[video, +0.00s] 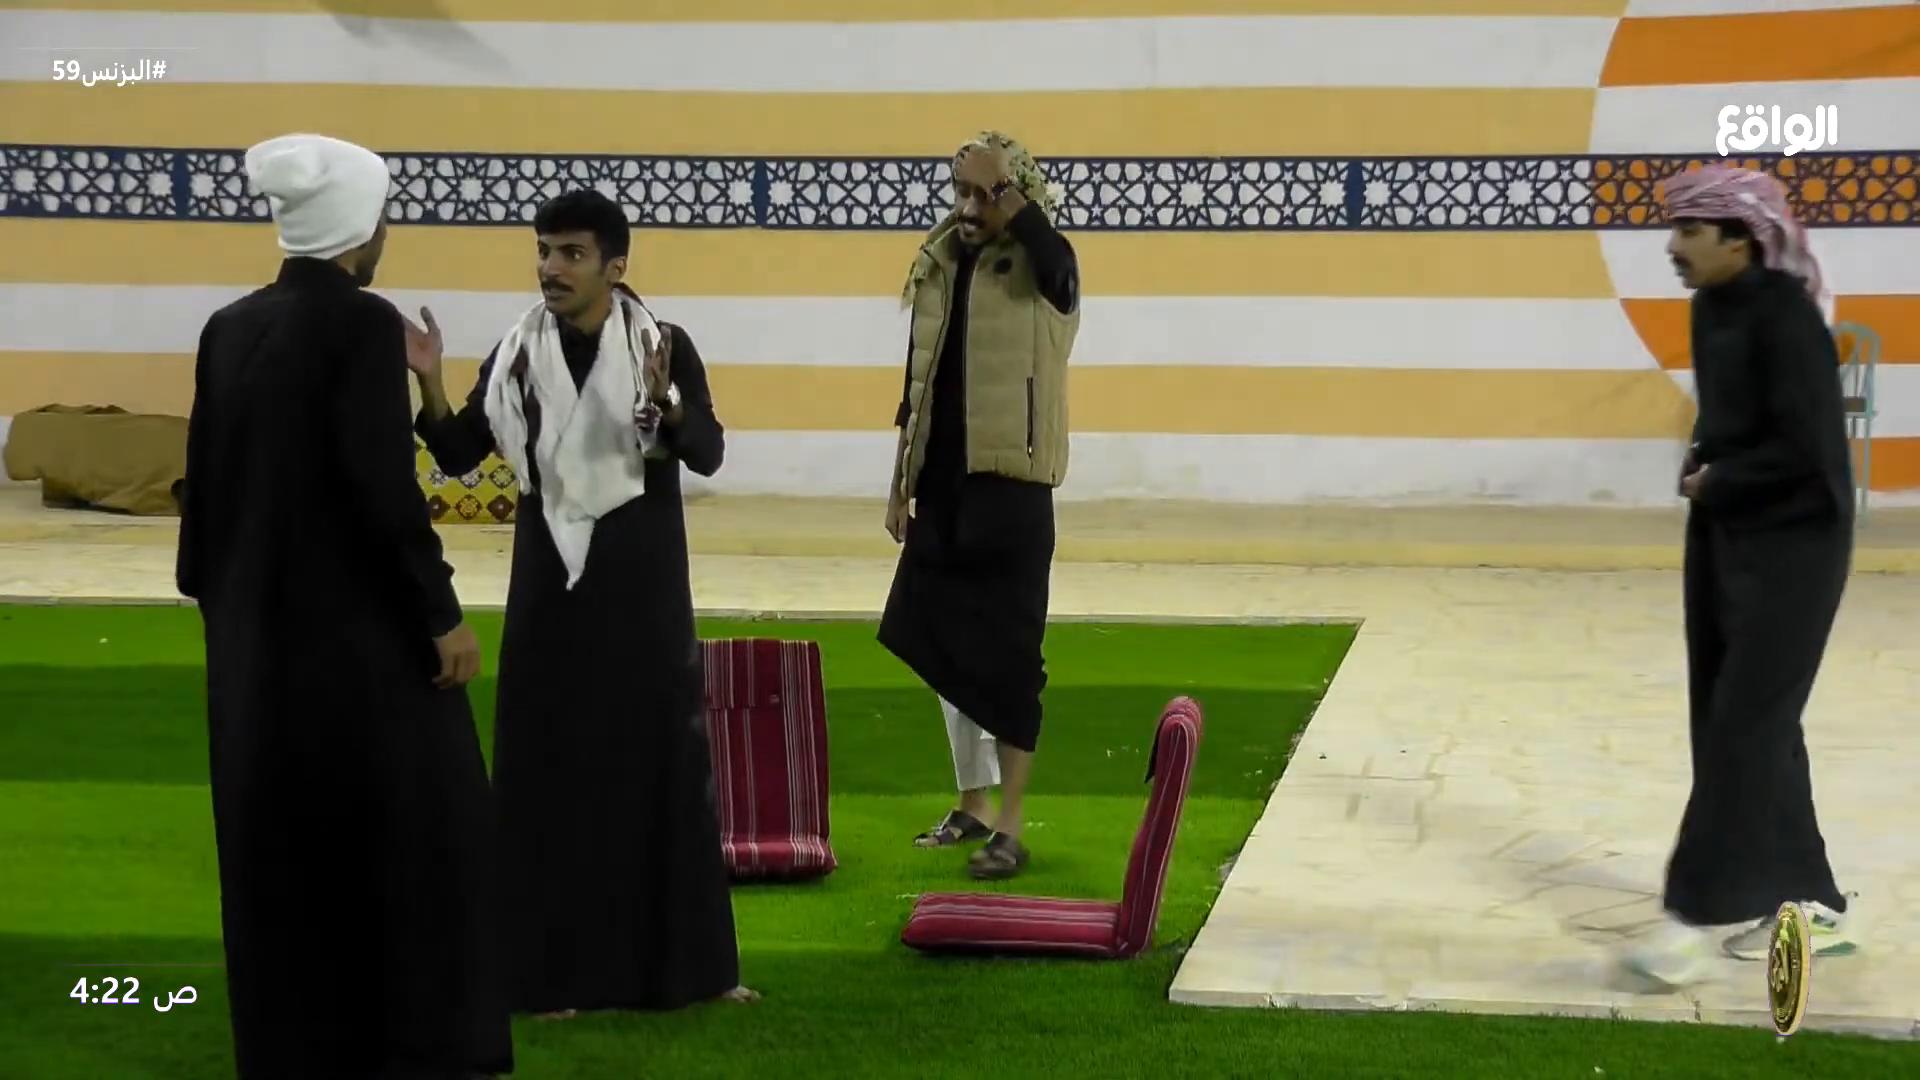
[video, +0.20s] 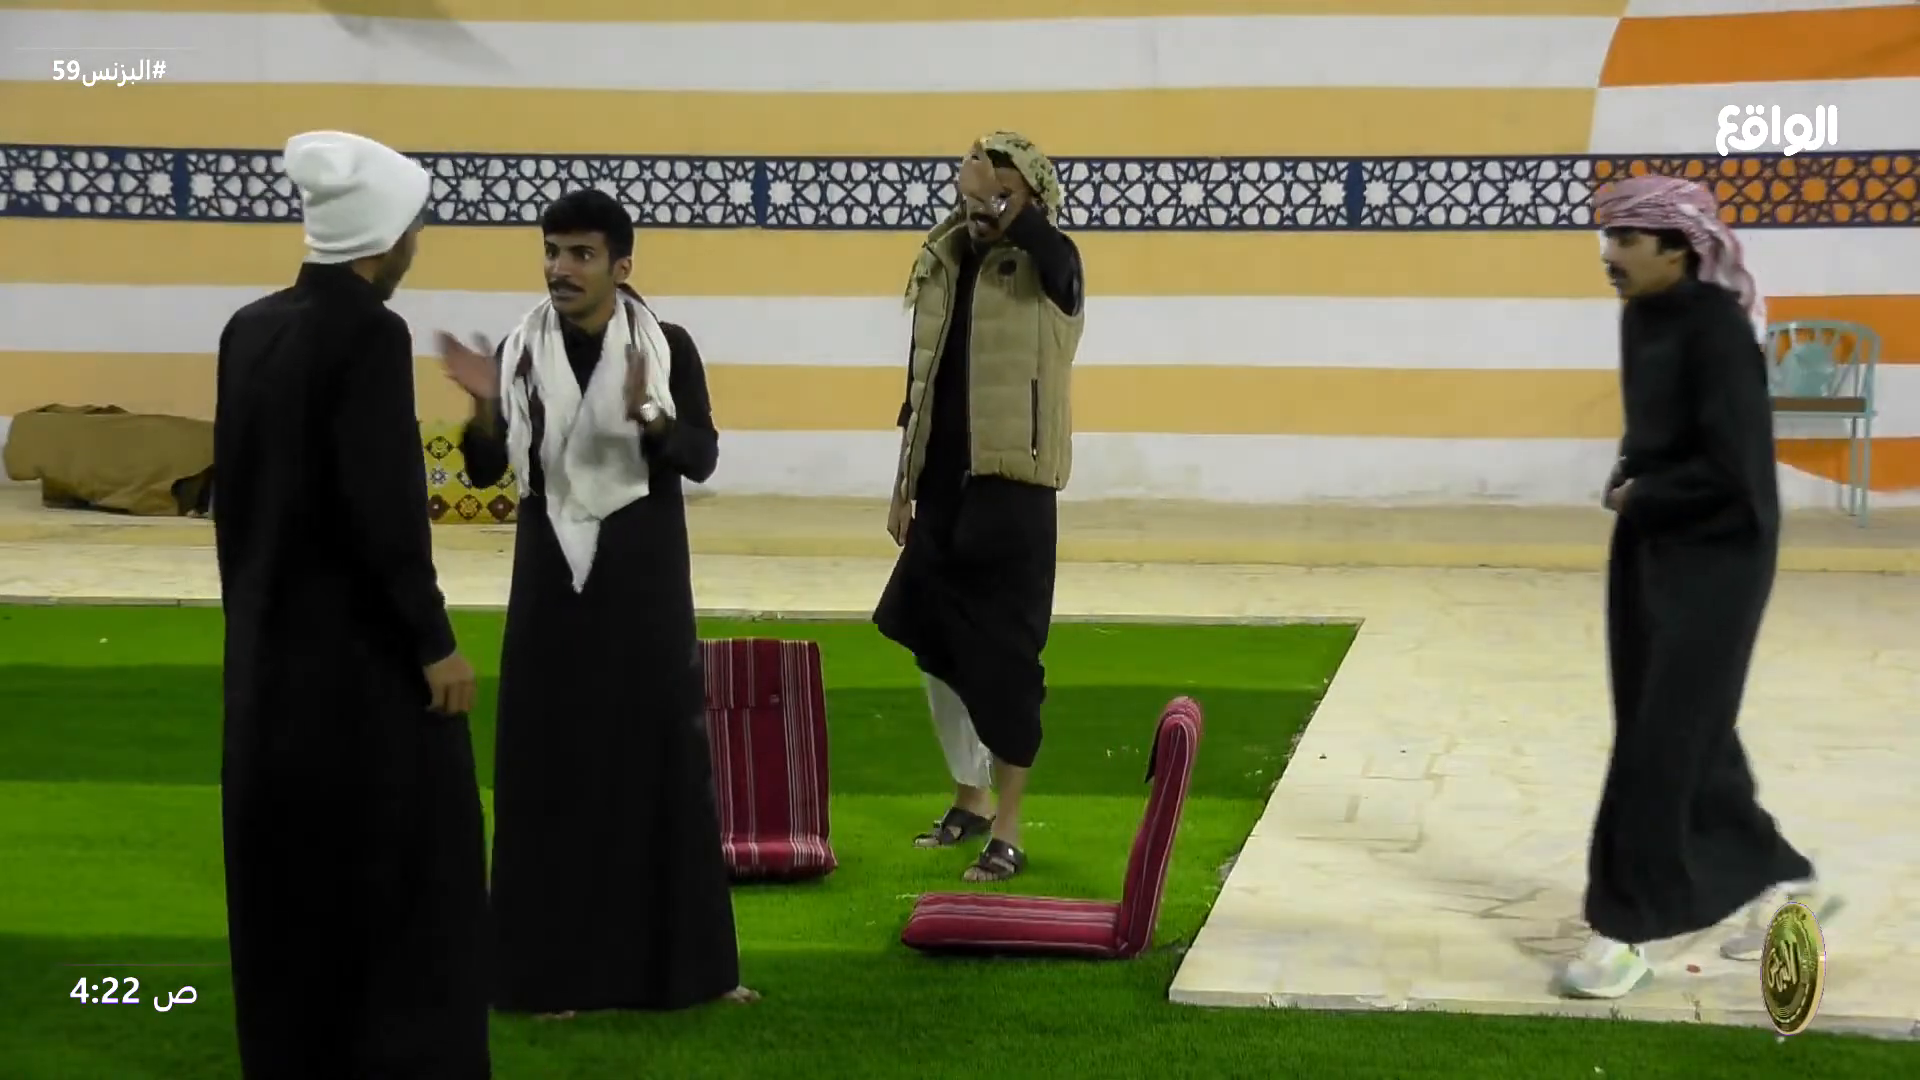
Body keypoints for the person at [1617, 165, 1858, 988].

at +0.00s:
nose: (1675, 249)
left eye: (1689, 234)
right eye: (1675, 234)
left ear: (1741, 239)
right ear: (1710, 242)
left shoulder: (1784, 313)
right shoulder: (1713, 314)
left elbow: (1805, 450)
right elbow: (1733, 419)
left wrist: (1715, 479)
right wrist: (1703, 456)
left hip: (1795, 549)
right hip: (1730, 545)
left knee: (1743, 718)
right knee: (1746, 718)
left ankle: (1703, 910)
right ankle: (1809, 896)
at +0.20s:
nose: (1609, 257)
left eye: (1625, 244)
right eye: (1607, 243)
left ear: (1676, 250)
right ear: (1627, 251)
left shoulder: (1714, 325)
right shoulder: (1647, 319)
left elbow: (1733, 471)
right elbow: (1660, 428)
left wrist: (1639, 492)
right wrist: (1626, 473)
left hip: (1716, 563)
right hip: (1656, 555)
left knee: (1662, 732)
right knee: (1677, 728)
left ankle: (1626, 929)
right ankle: (1776, 876)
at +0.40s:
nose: (1552, 251)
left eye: (1567, 236)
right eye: (1549, 236)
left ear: (1619, 241)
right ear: (1569, 243)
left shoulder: (1654, 318)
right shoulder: (1584, 314)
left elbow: (1674, 463)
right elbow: (1599, 426)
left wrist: (1581, 487)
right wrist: (1571, 467)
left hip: (1655, 581)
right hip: (1596, 571)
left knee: (1629, 744)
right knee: (1562, 729)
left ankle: (1624, 937)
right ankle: (1646, 878)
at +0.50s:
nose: (1519, 244)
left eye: (1537, 230)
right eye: (1517, 229)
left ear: (1588, 239)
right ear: (1529, 239)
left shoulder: (1623, 318)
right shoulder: (1544, 311)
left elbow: (1640, 462)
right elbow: (1561, 417)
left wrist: (1549, 484)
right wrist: (1538, 461)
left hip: (1628, 582)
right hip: (1556, 573)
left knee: (1612, 748)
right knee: (1518, 729)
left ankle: (1608, 937)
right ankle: (1529, 924)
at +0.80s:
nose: (1452, 253)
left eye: (1470, 241)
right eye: (1451, 238)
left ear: (1522, 251)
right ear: (1459, 243)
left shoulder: (1565, 334)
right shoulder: (1459, 317)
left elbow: (1560, 476)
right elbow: (1445, 405)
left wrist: (1457, 494)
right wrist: (1432, 457)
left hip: (1534, 577)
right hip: (1459, 565)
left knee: (1514, 753)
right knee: (1434, 745)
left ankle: (1581, 912)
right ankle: (1449, 941)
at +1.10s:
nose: (1410, 247)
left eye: (1429, 238)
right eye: (1412, 232)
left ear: (1479, 256)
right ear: (1421, 241)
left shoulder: (1536, 336)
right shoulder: (1388, 310)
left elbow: (1550, 472)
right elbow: (1322, 373)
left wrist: (1429, 502)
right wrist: (1333, 458)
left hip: (1495, 584)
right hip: (1398, 577)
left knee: (1473, 768)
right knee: (1399, 756)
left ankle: (1461, 977)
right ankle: (1421, 952)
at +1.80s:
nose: (1383, 304)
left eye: (1401, 285)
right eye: (1370, 287)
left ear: (1444, 291)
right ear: (1355, 293)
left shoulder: (1497, 386)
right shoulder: (1318, 369)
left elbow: (1528, 531)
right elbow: (1220, 439)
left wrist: (1403, 576)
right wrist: (1269, 529)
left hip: (1443, 637)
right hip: (1338, 629)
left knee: (1417, 834)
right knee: (1338, 830)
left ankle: (1370, 1031)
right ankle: (1353, 1042)